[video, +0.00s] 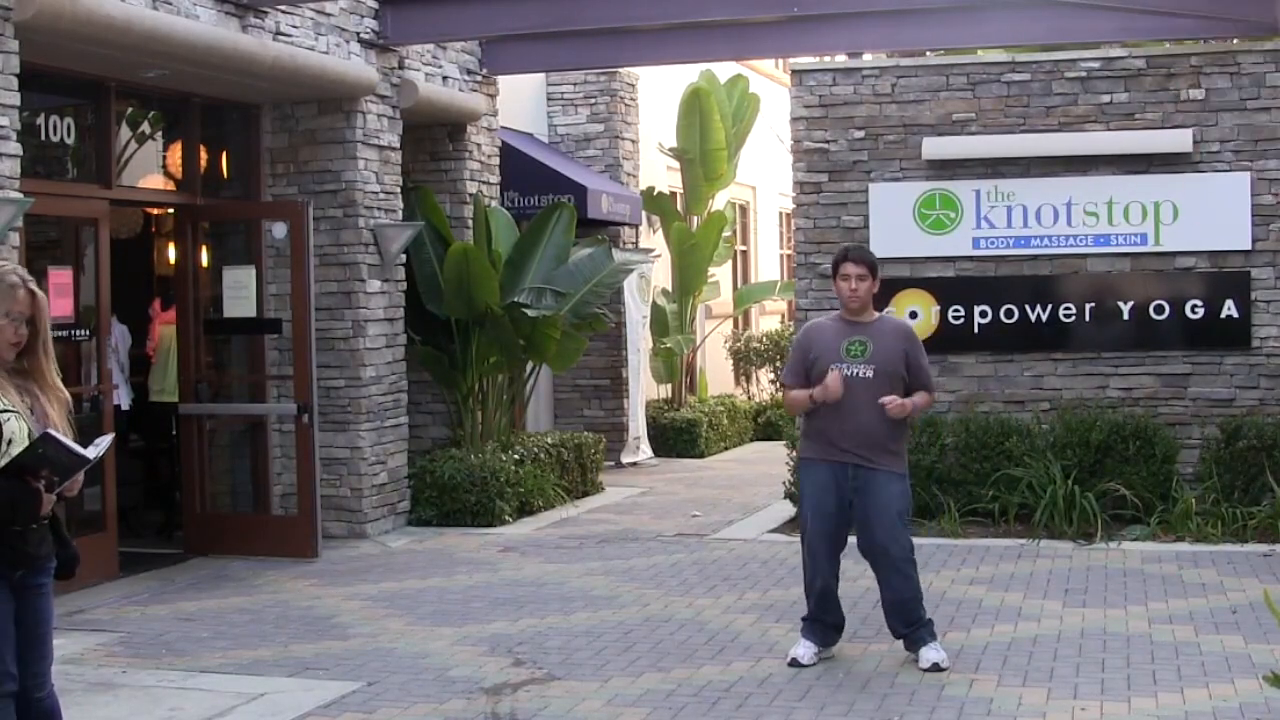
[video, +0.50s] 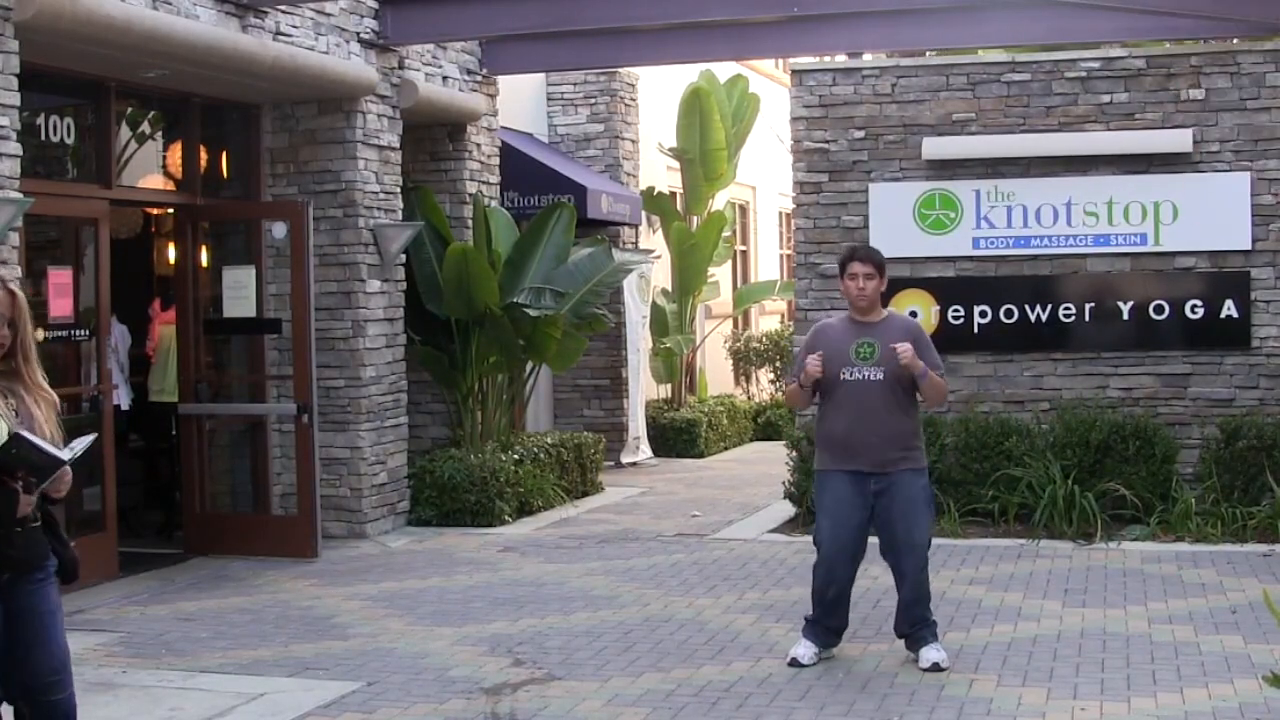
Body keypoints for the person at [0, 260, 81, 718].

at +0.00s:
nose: (18, 331)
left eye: (25, 321)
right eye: (10, 319)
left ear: (33, 327)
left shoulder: (43, 388)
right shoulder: (5, 387)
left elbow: (62, 462)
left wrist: (69, 484)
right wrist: (31, 497)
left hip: (38, 552)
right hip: (3, 551)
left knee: (37, 684)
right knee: (6, 685)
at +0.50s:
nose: (3, 334)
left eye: (9, 323)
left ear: (20, 330)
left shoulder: (34, 395)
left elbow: (52, 475)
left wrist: (60, 485)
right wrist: (7, 504)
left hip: (29, 568)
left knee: (52, 703)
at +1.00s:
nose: (10, 337)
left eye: (18, 326)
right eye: (2, 325)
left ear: (30, 331)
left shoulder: (42, 393)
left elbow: (64, 472)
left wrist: (71, 483)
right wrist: (15, 503)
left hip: (35, 565)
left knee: (46, 699)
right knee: (16, 699)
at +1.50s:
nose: (18, 334)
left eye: (25, 324)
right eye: (8, 322)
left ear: (34, 328)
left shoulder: (43, 389)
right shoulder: (5, 389)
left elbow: (63, 464)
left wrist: (69, 482)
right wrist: (33, 493)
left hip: (41, 557)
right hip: (3, 556)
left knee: (39, 689)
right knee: (7, 690)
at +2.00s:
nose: (16, 336)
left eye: (23, 326)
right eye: (7, 323)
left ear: (32, 330)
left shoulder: (41, 392)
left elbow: (63, 465)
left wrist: (69, 487)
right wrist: (29, 499)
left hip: (37, 561)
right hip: (3, 560)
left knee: (37, 690)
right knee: (12, 692)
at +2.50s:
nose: (12, 338)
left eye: (21, 328)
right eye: (4, 326)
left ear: (31, 332)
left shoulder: (42, 396)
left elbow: (61, 473)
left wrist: (69, 487)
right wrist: (25, 503)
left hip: (36, 566)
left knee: (41, 699)